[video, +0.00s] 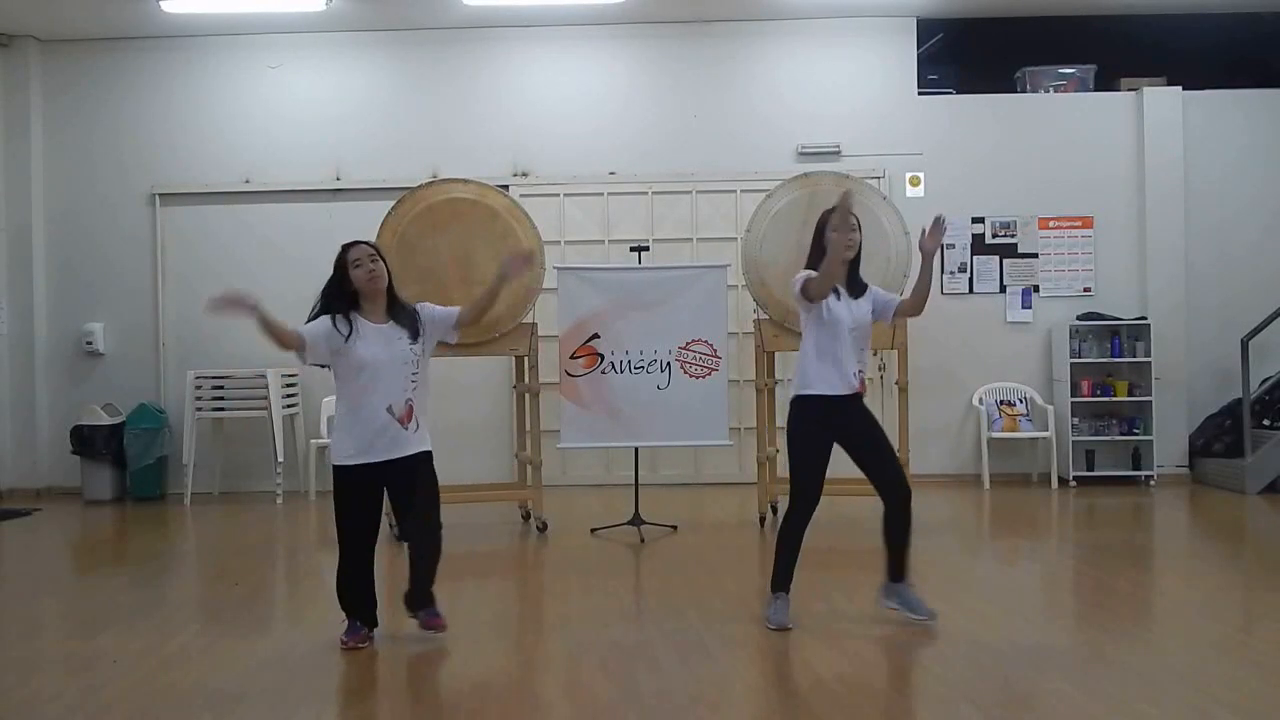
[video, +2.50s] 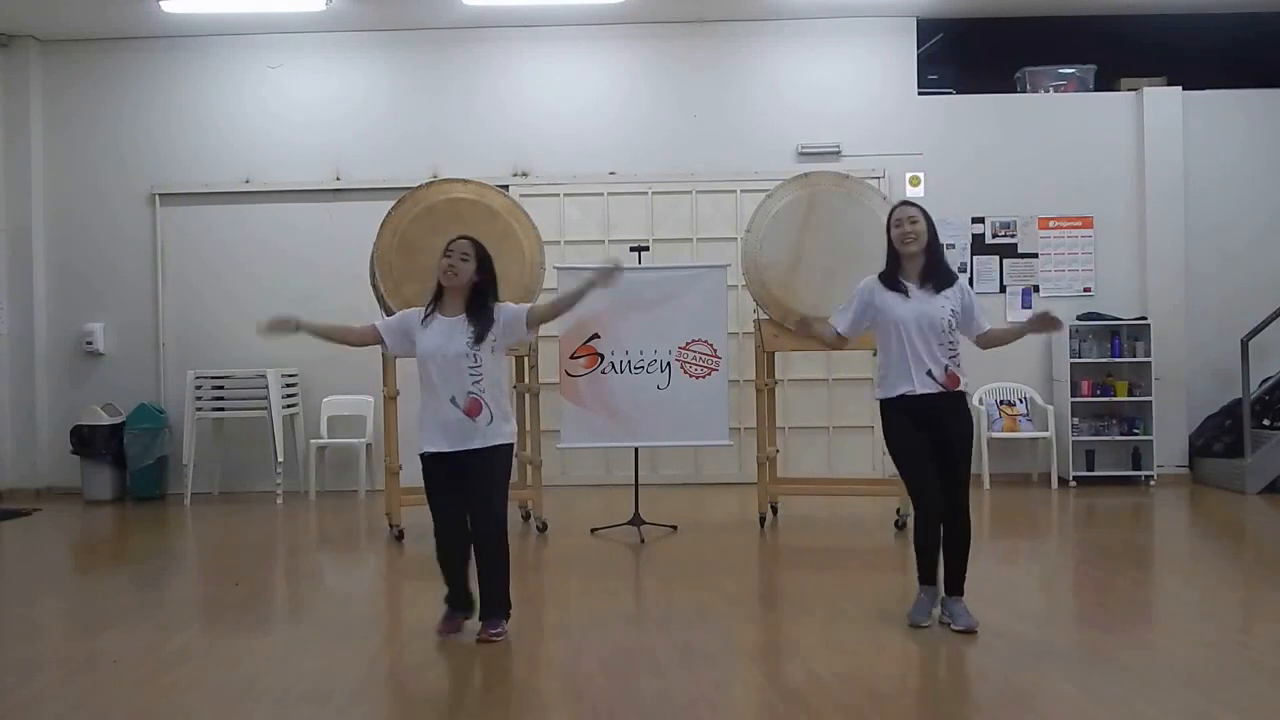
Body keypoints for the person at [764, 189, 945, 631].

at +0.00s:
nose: (852, 234)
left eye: (855, 228)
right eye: (843, 228)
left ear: (859, 240)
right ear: (823, 237)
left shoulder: (865, 293)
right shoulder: (806, 281)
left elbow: (913, 307)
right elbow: (818, 292)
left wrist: (927, 260)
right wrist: (836, 257)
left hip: (852, 407)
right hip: (811, 408)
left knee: (897, 491)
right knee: (803, 503)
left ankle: (896, 586)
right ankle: (779, 596)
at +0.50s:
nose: (904, 231)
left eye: (909, 224)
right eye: (894, 227)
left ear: (922, 233)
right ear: (883, 241)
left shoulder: (948, 289)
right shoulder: (870, 296)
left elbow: (975, 335)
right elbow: (841, 347)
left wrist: (1003, 341)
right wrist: (824, 352)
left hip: (940, 409)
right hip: (891, 409)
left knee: (945, 506)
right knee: (914, 497)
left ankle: (943, 598)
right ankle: (896, 581)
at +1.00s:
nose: (892, 228)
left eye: (899, 220)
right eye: (883, 222)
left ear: (912, 230)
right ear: (872, 234)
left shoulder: (928, 280)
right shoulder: (859, 282)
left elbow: (951, 262)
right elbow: (822, 269)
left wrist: (938, 207)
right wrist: (820, 216)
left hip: (920, 402)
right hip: (869, 401)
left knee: (932, 500)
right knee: (841, 496)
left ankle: (945, 594)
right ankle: (822, 588)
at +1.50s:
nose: (833, 229)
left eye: (839, 223)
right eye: (823, 223)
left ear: (848, 235)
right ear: (808, 234)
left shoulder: (857, 294)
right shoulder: (784, 286)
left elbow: (882, 347)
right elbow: (742, 333)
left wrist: (922, 331)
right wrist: (736, 308)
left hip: (835, 409)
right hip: (789, 408)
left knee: (839, 512)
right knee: (788, 506)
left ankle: (803, 580)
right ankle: (778, 598)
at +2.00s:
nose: (847, 224)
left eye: (853, 218)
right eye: (837, 219)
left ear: (864, 229)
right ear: (822, 235)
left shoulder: (877, 282)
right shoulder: (816, 277)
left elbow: (922, 264)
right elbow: (850, 249)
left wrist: (923, 209)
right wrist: (865, 191)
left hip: (869, 403)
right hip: (824, 405)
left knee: (909, 496)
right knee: (809, 502)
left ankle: (941, 589)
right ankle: (781, 597)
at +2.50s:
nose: (907, 229)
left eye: (913, 221)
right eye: (898, 224)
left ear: (929, 230)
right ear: (889, 236)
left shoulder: (954, 287)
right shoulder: (874, 289)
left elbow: (984, 337)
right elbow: (838, 335)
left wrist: (1027, 327)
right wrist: (809, 325)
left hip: (950, 405)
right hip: (901, 408)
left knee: (956, 503)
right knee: (926, 503)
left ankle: (954, 598)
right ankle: (927, 592)